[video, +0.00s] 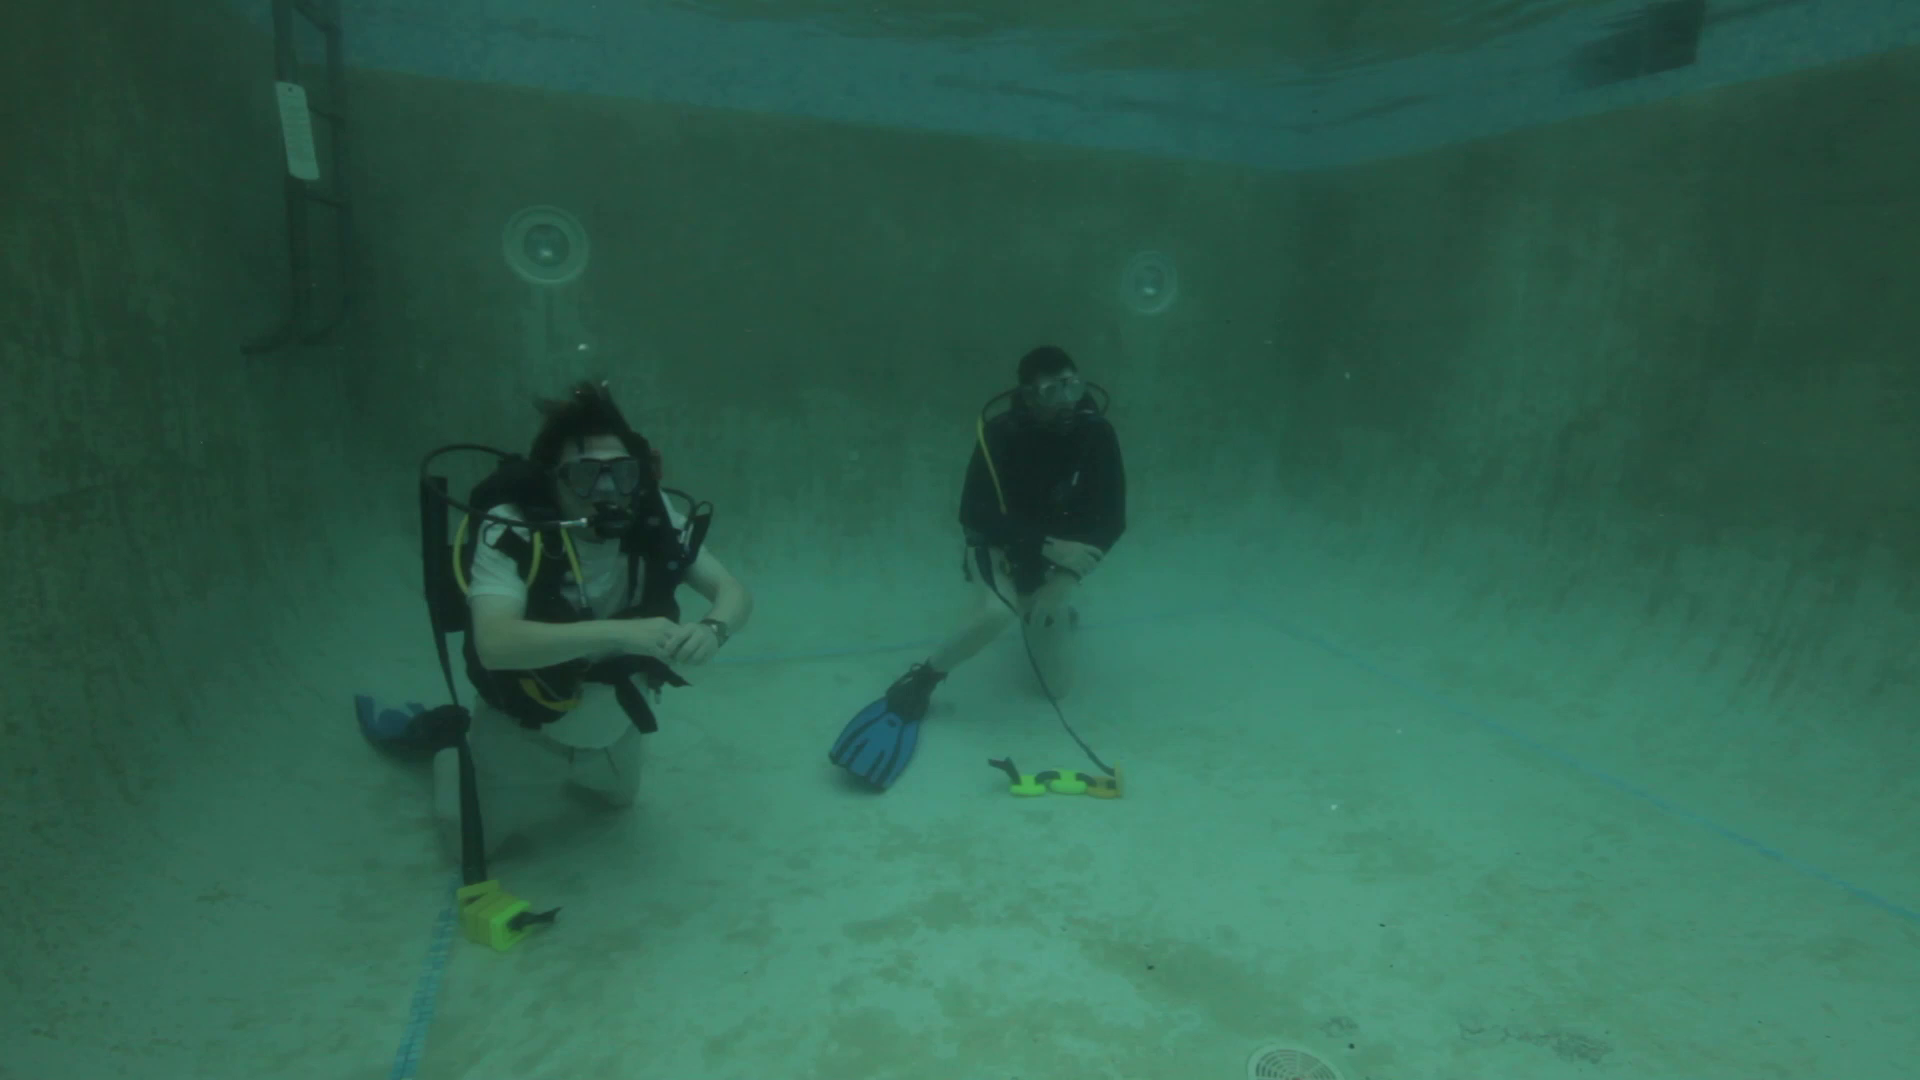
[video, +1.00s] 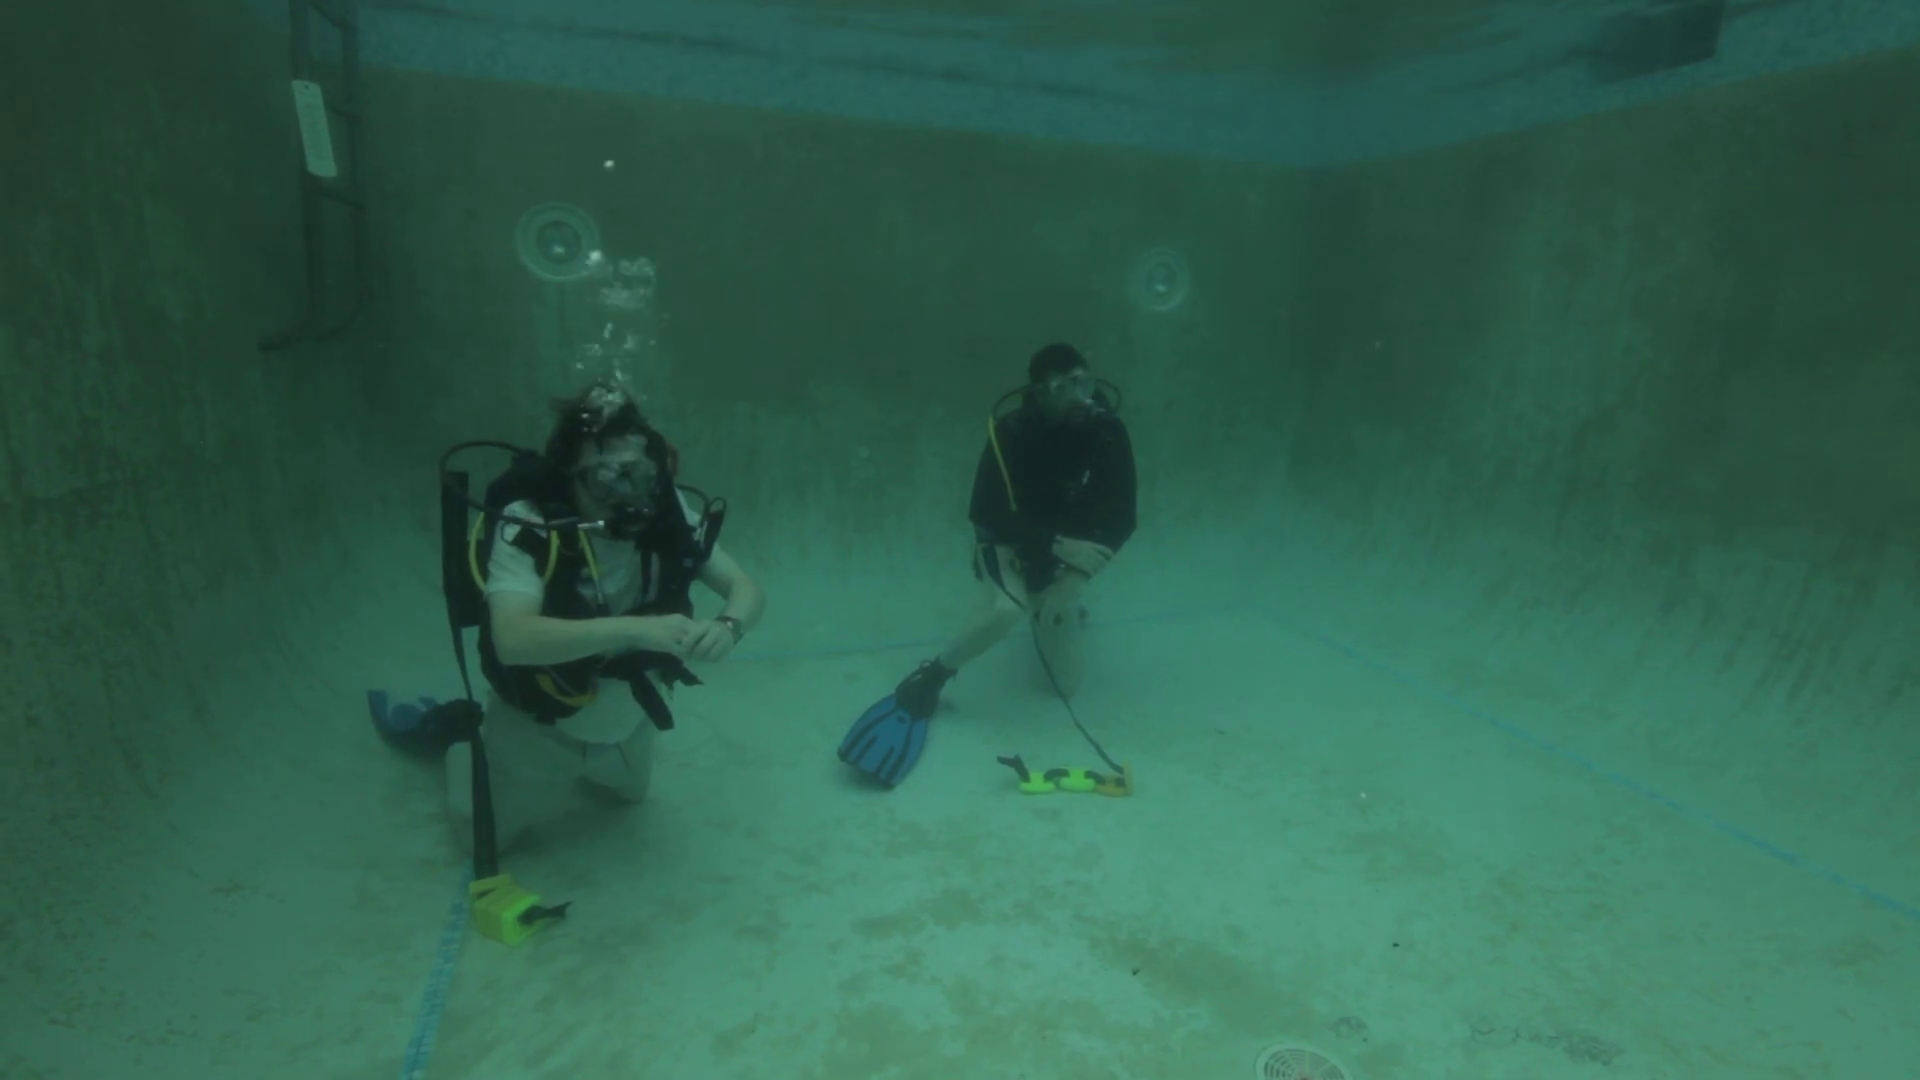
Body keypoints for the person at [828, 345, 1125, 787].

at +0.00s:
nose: (1066, 397)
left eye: (1070, 384)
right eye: (1053, 389)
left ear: (1080, 384)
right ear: (1029, 395)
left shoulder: (1096, 433)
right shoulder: (1002, 434)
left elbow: (1111, 519)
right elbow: (976, 514)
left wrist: (1063, 582)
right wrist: (1048, 544)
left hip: (1059, 552)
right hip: (1000, 544)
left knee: (1057, 683)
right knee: (999, 611)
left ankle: (1051, 608)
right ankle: (921, 681)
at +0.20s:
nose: (1079, 392)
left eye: (1082, 379)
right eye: (1066, 383)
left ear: (1090, 379)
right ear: (1040, 390)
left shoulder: (1106, 428)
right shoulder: (1013, 429)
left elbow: (1120, 515)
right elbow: (986, 511)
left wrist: (1071, 581)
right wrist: (1059, 542)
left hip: (1069, 546)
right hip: (1010, 539)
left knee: (1066, 680)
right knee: (1008, 609)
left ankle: (1058, 607)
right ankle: (931, 677)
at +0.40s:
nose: (1074, 396)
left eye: (1081, 384)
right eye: (1061, 387)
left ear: (1091, 384)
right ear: (1038, 392)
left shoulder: (1107, 431)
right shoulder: (1012, 431)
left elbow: (1121, 518)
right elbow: (986, 512)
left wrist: (1071, 584)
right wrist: (1057, 541)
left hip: (1073, 549)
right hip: (1011, 542)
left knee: (1067, 682)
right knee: (1007, 609)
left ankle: (1068, 614)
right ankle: (932, 675)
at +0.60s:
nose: (1075, 397)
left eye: (1081, 384)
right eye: (1062, 387)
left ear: (1091, 384)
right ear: (1038, 392)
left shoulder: (1107, 431)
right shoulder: (1012, 431)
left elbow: (1121, 519)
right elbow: (986, 512)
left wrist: (1071, 585)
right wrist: (1056, 543)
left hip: (1072, 550)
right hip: (1010, 542)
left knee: (1066, 682)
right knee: (1007, 610)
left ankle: (1068, 614)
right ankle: (932, 677)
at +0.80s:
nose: (1073, 397)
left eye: (1080, 384)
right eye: (1060, 387)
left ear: (1091, 385)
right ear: (1037, 391)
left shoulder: (1107, 431)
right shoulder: (1013, 430)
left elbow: (1122, 517)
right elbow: (986, 512)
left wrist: (1072, 580)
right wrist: (1058, 543)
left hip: (1073, 552)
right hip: (1012, 544)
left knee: (1067, 683)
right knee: (1007, 610)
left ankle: (1069, 614)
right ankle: (933, 676)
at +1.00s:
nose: (1077, 396)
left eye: (1082, 383)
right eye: (1063, 387)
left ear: (1092, 383)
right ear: (1039, 392)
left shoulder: (1107, 431)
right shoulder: (1012, 431)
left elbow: (1122, 516)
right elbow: (986, 511)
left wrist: (1075, 578)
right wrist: (1056, 543)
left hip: (1072, 550)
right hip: (1010, 543)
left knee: (1067, 683)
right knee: (1008, 609)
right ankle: (933, 675)